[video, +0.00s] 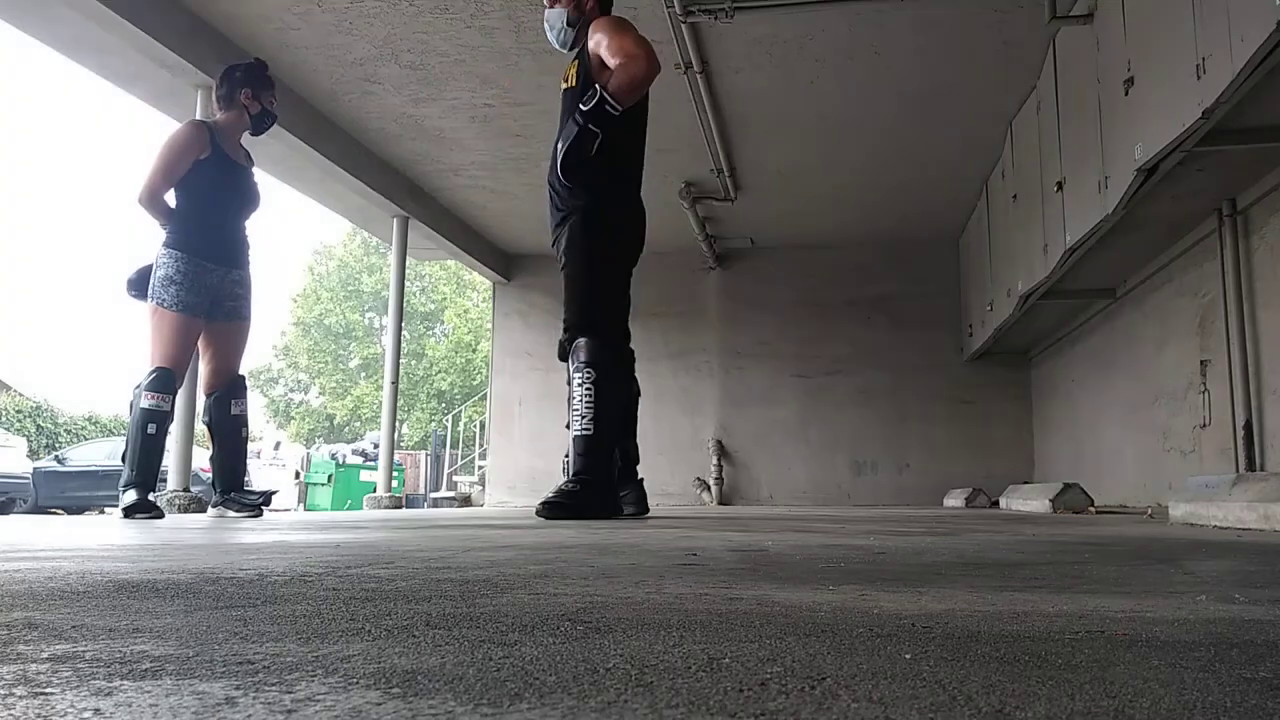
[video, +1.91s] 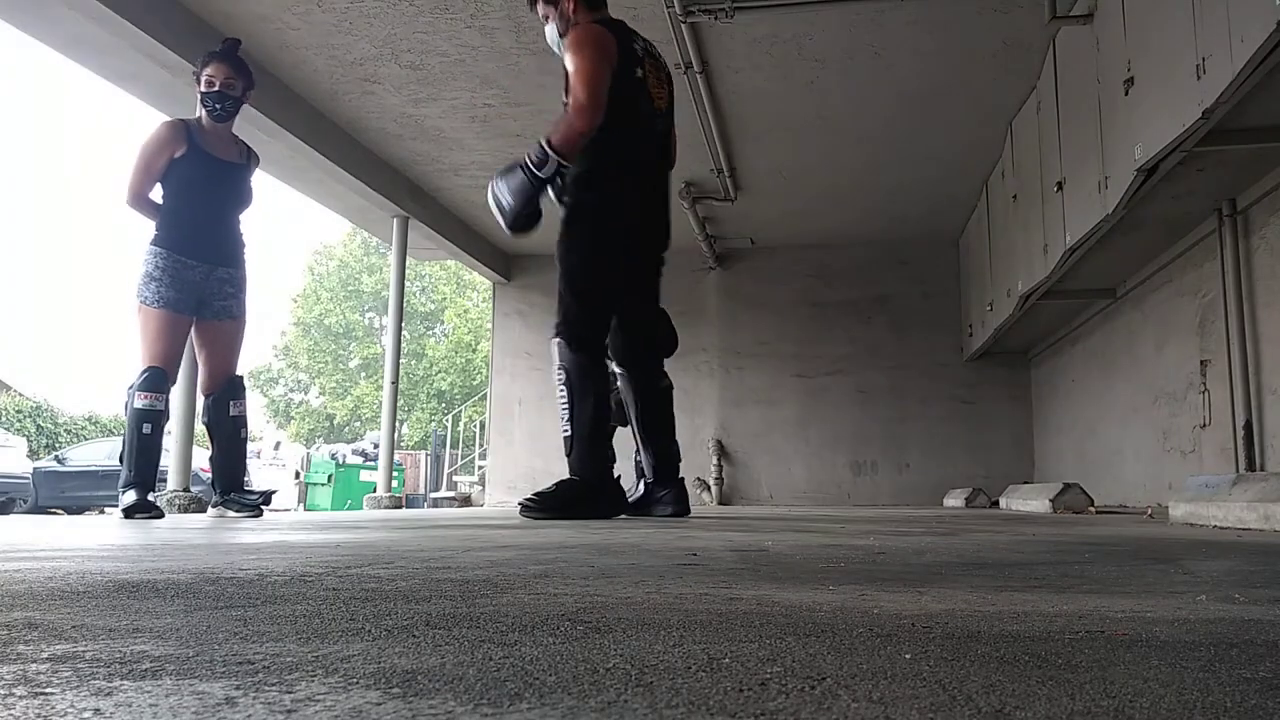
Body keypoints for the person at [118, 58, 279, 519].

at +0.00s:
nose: (272, 112)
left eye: (273, 104)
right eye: (269, 102)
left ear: (242, 100)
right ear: (246, 97)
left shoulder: (243, 155)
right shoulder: (196, 132)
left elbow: (229, 215)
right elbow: (149, 195)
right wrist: (179, 227)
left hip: (234, 271)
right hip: (186, 262)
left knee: (224, 381)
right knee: (165, 374)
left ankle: (228, 488)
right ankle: (138, 489)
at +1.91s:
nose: (219, 91)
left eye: (230, 85)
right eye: (211, 82)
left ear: (245, 94)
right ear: (198, 87)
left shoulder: (247, 155)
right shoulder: (174, 132)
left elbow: (234, 210)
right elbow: (136, 196)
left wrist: (211, 231)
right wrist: (177, 223)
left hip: (227, 273)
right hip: (172, 264)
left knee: (223, 382)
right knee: (157, 373)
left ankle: (229, 487)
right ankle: (137, 488)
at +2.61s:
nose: (186, 73)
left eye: (199, 66)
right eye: (178, 62)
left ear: (216, 75)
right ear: (164, 65)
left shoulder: (226, 138)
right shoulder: (134, 111)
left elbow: (218, 197)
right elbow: (82, 167)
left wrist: (220, 229)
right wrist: (102, 210)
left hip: (197, 258)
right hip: (130, 254)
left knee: (182, 358)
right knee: (138, 373)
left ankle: (183, 467)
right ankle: (137, 492)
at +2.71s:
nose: (184, 69)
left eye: (197, 62)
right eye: (176, 58)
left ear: (215, 71)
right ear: (163, 60)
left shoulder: (226, 135)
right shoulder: (130, 106)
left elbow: (229, 201)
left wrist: (247, 251)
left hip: (194, 256)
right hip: (128, 252)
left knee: (173, 362)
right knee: (133, 376)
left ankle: (163, 482)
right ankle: (133, 489)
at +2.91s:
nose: (179, 50)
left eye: (193, 43)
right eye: (172, 38)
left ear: (211, 52)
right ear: (158, 40)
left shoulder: (225, 116)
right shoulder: (122, 91)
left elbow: (246, 194)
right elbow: (78, 161)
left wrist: (271, 237)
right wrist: (27, 196)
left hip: (186, 243)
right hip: (120, 241)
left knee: (170, 359)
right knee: (127, 372)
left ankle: (147, 489)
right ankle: (136, 490)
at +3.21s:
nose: (149, 19)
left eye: (164, 12)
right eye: (142, 10)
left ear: (188, 23)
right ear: (132, 17)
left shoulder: (204, 84)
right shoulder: (107, 76)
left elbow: (221, 160)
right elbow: (87, 151)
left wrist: (191, 168)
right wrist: (80, 136)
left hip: (171, 224)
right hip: (108, 221)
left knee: (161, 354)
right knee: (62, 347)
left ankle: (150, 487)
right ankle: (81, 475)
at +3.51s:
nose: (108, 10)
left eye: (121, 4)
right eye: (100, 3)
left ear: (138, 9)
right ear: (83, 6)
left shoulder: (158, 67)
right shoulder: (47, 54)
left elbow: (195, 149)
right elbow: (14, 135)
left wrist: (160, 147)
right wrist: (34, 108)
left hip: (133, 216)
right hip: (59, 211)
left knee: (133, 354)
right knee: (17, 346)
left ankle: (146, 489)